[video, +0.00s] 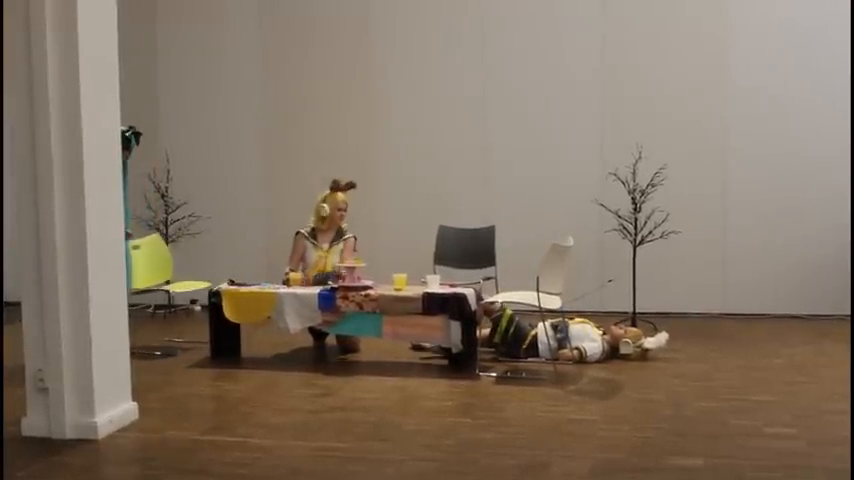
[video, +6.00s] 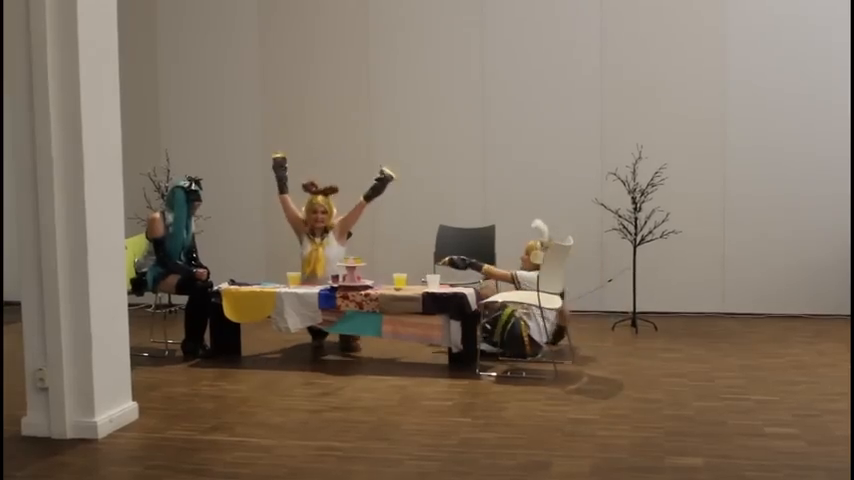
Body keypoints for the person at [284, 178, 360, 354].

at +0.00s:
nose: (343, 215)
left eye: (345, 211)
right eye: (339, 210)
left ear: (346, 212)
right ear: (325, 211)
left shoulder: (347, 238)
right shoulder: (304, 236)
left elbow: (347, 268)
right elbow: (293, 268)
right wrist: (293, 278)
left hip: (337, 292)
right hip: (309, 293)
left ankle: (344, 338)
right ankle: (318, 342)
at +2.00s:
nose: (309, 214)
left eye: (314, 209)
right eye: (306, 210)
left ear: (325, 210)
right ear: (302, 212)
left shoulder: (339, 236)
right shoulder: (300, 239)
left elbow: (344, 271)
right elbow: (293, 272)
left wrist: (323, 276)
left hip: (337, 292)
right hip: (310, 294)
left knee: (354, 344)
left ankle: (346, 335)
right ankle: (319, 341)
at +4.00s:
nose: (306, 218)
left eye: (311, 213)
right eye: (302, 214)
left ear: (323, 213)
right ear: (298, 214)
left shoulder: (336, 235)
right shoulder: (297, 239)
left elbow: (345, 268)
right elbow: (293, 271)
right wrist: (294, 280)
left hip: (336, 289)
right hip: (309, 292)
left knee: (354, 343)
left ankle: (346, 331)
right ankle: (319, 337)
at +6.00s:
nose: (319, 216)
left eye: (323, 212)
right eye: (314, 212)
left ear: (330, 215)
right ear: (307, 215)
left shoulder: (338, 232)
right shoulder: (304, 234)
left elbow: (360, 206)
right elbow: (286, 204)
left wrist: (380, 183)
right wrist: (280, 175)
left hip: (338, 293)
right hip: (310, 294)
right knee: (292, 297)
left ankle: (347, 338)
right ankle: (317, 336)